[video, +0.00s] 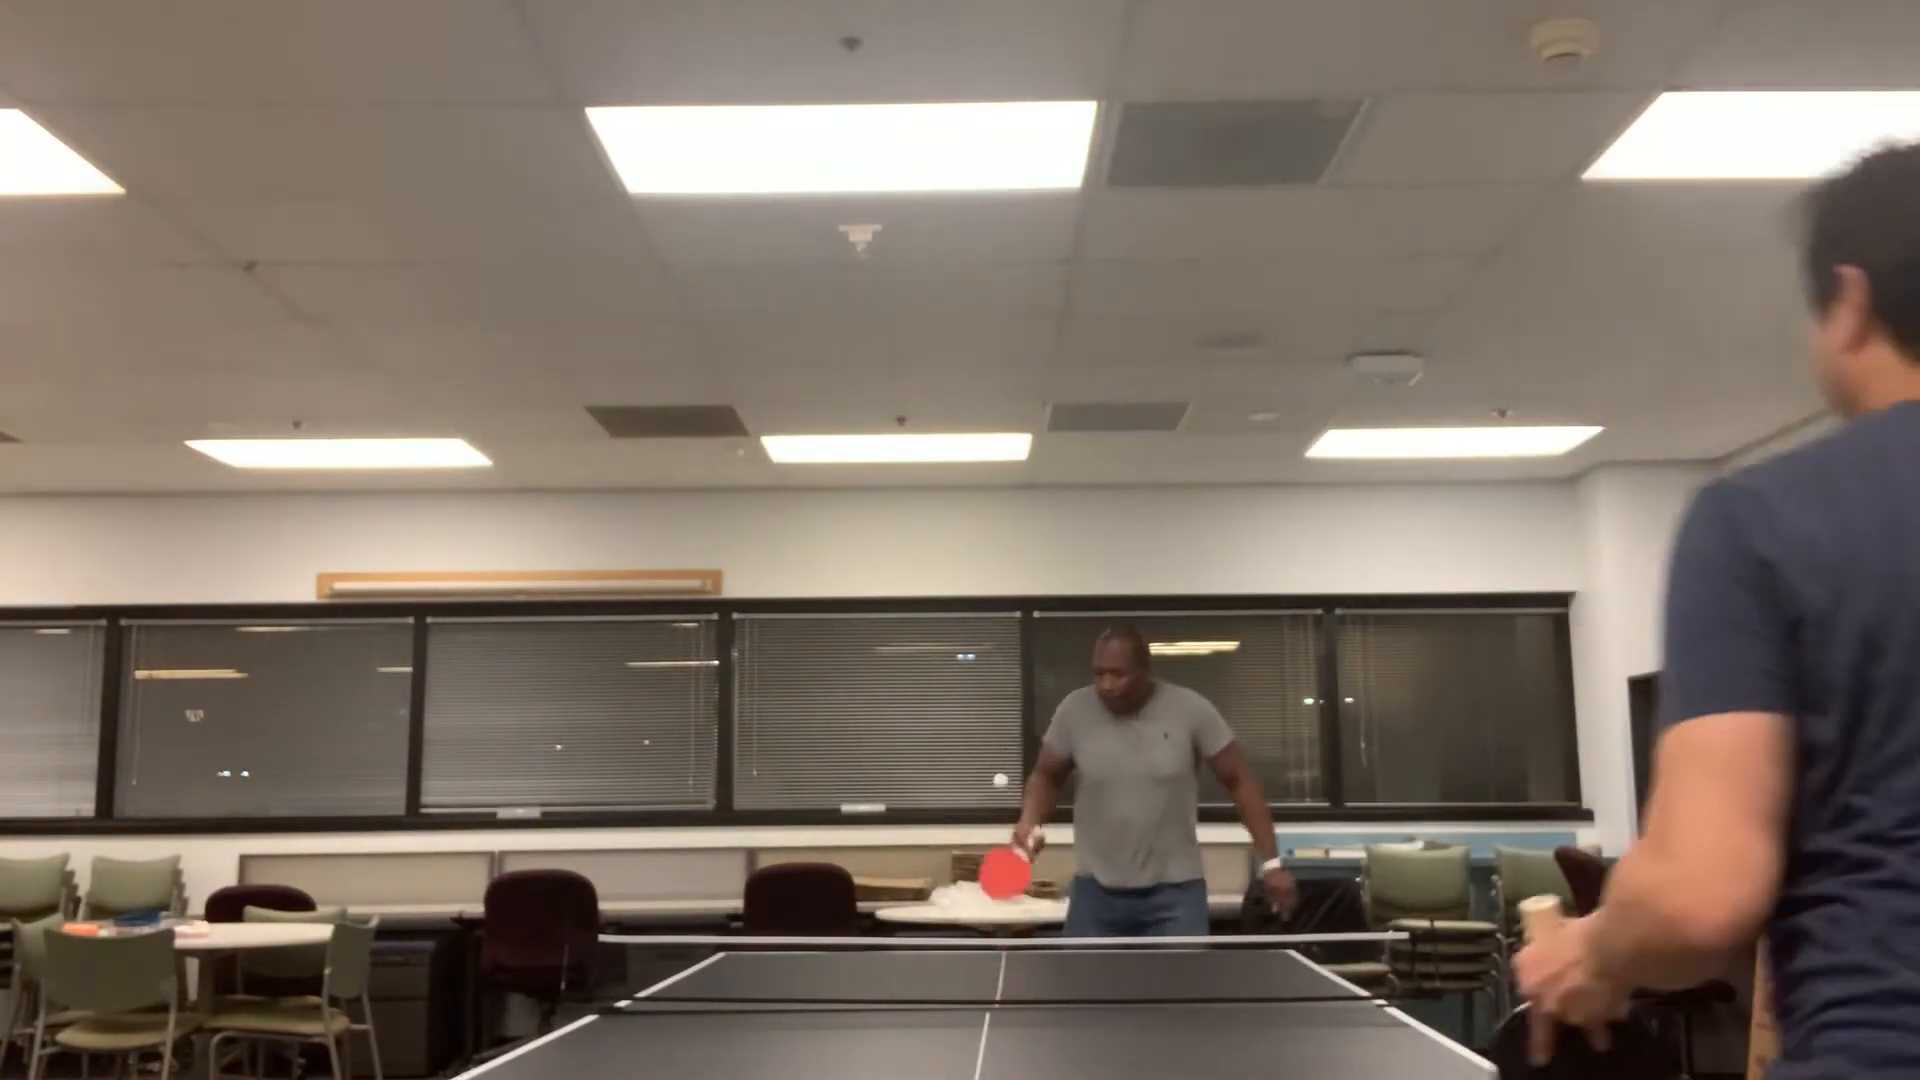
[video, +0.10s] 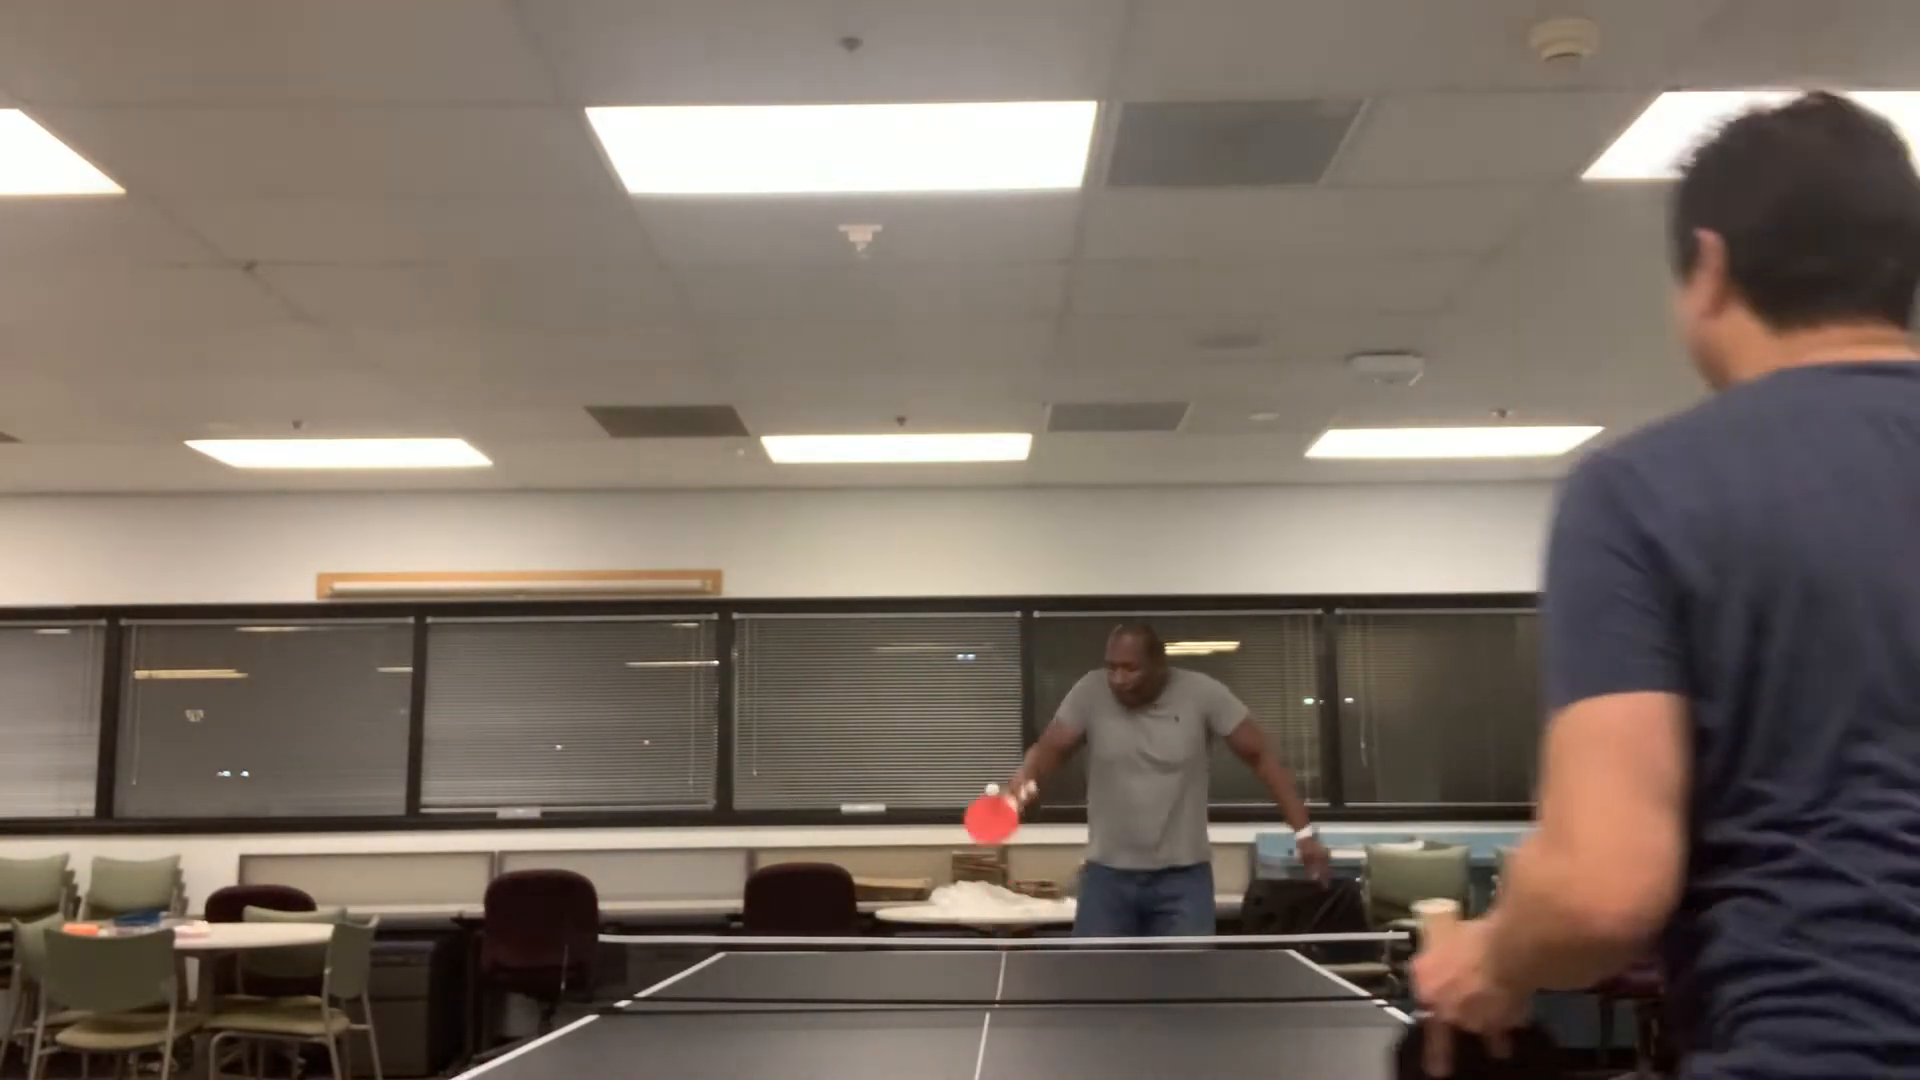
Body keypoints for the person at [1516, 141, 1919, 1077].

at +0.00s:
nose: (1812, 349)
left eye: (1812, 312)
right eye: (1811, 315)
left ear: (1853, 301)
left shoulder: (1772, 517)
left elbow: (1706, 896)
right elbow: (1708, 893)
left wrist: (1593, 959)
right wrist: (1603, 956)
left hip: (1867, 1041)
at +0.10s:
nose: (1680, 313)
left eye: (1678, 279)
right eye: (1676, 283)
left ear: (1711, 270)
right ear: (1898, 262)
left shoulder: (1648, 488)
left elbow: (1606, 888)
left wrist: (1492, 962)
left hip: (1806, 1039)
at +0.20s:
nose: (1571, 289)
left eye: (1566, 251)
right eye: (1566, 255)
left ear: (1600, 241)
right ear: (1802, 231)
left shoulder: (1561, 464)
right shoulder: (1906, 398)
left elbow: (1521, 872)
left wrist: (1378, 945)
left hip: (1739, 1039)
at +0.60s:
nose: (1619, 292)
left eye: (1614, 255)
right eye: (1613, 259)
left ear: (1648, 247)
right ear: (1856, 235)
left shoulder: (1650, 466)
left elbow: (1657, 863)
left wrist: (1415, 1015)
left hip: (1771, 1045)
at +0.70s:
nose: (1726, 303)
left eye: (1722, 265)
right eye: (1721, 269)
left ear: (1760, 255)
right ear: (1913, 239)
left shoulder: (1741, 489)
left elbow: (1724, 886)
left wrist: (1544, 1016)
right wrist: (1557, 1011)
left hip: (1832, 1049)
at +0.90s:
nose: (1841, 353)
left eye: (1839, 319)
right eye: (1837, 321)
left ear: (1874, 301)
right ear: (1882, 296)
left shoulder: (1801, 535)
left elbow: (1694, 924)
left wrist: (1630, 913)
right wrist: (1650, 905)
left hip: (1888, 1045)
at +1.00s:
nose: (1834, 382)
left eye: (1831, 352)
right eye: (1829, 354)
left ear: (1864, 338)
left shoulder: (1789, 548)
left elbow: (1673, 899)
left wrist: (1626, 843)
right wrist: (1652, 841)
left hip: (1888, 1048)